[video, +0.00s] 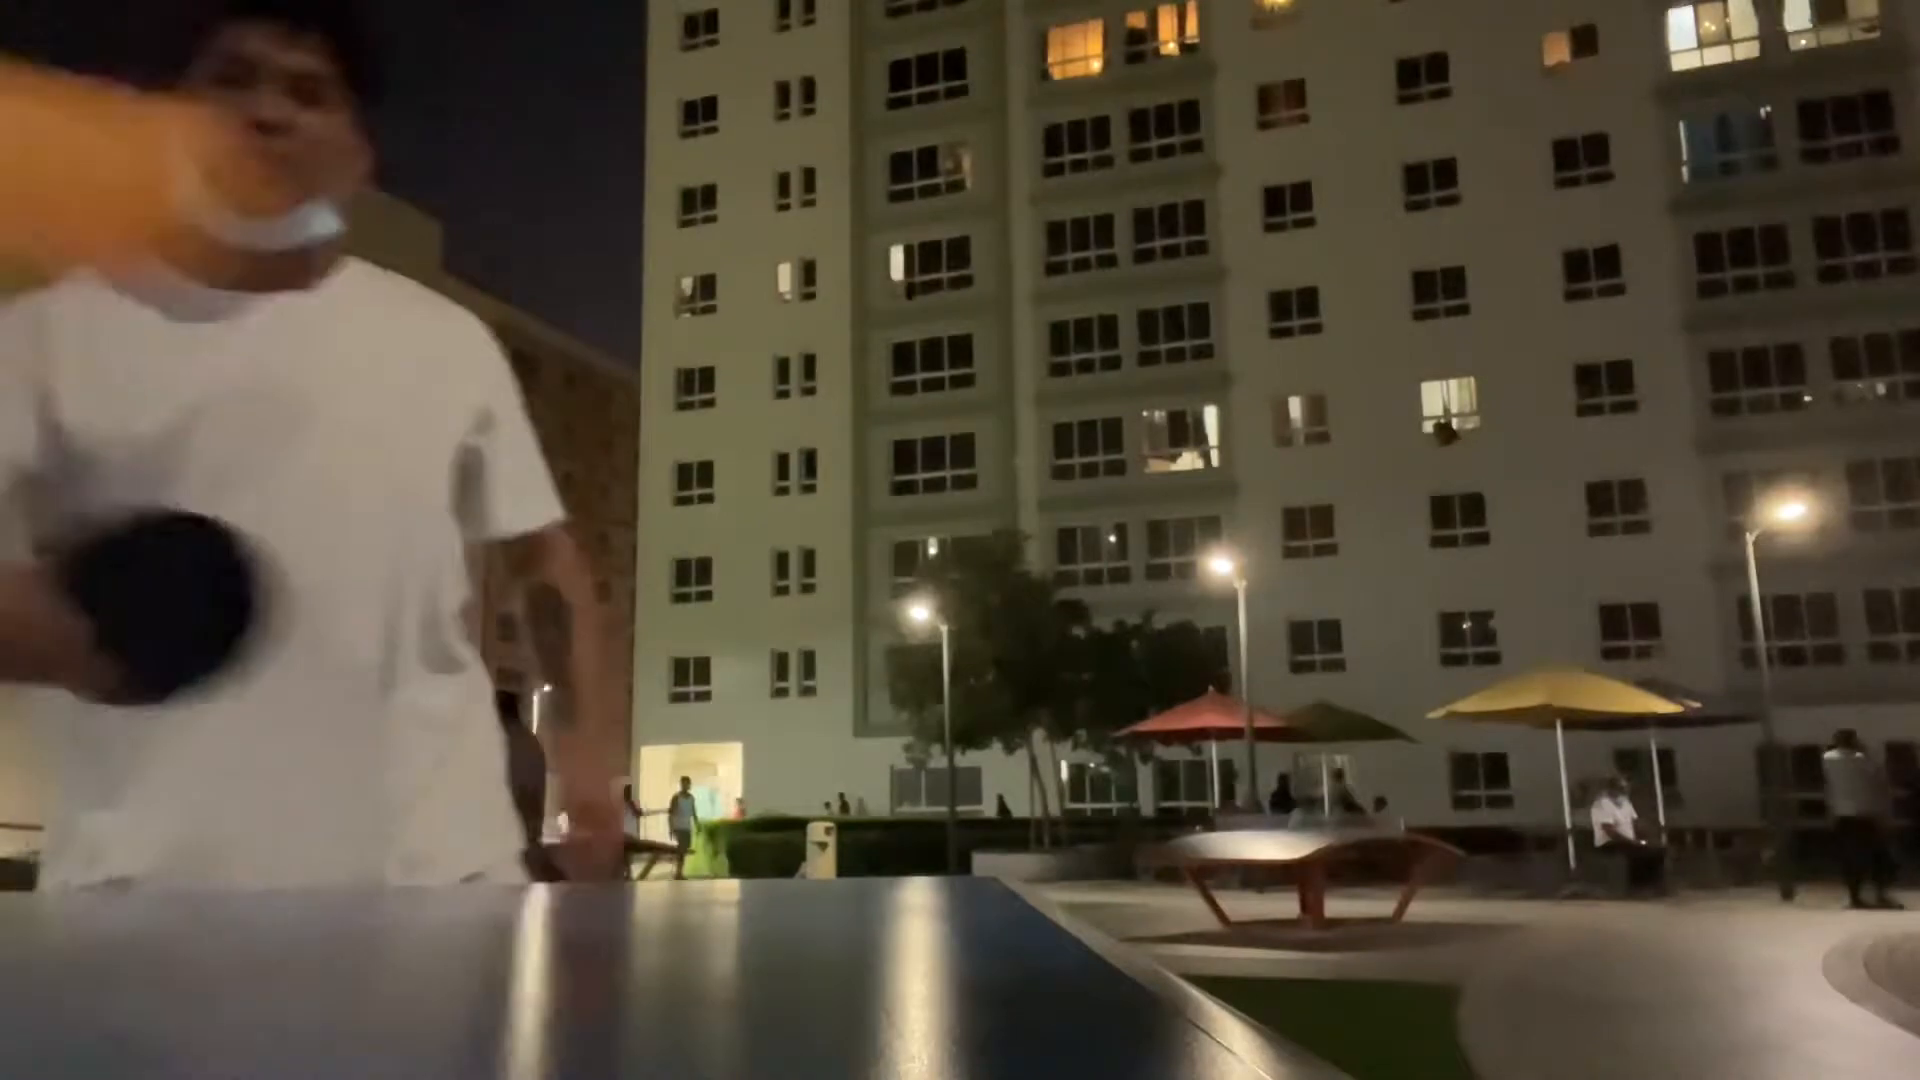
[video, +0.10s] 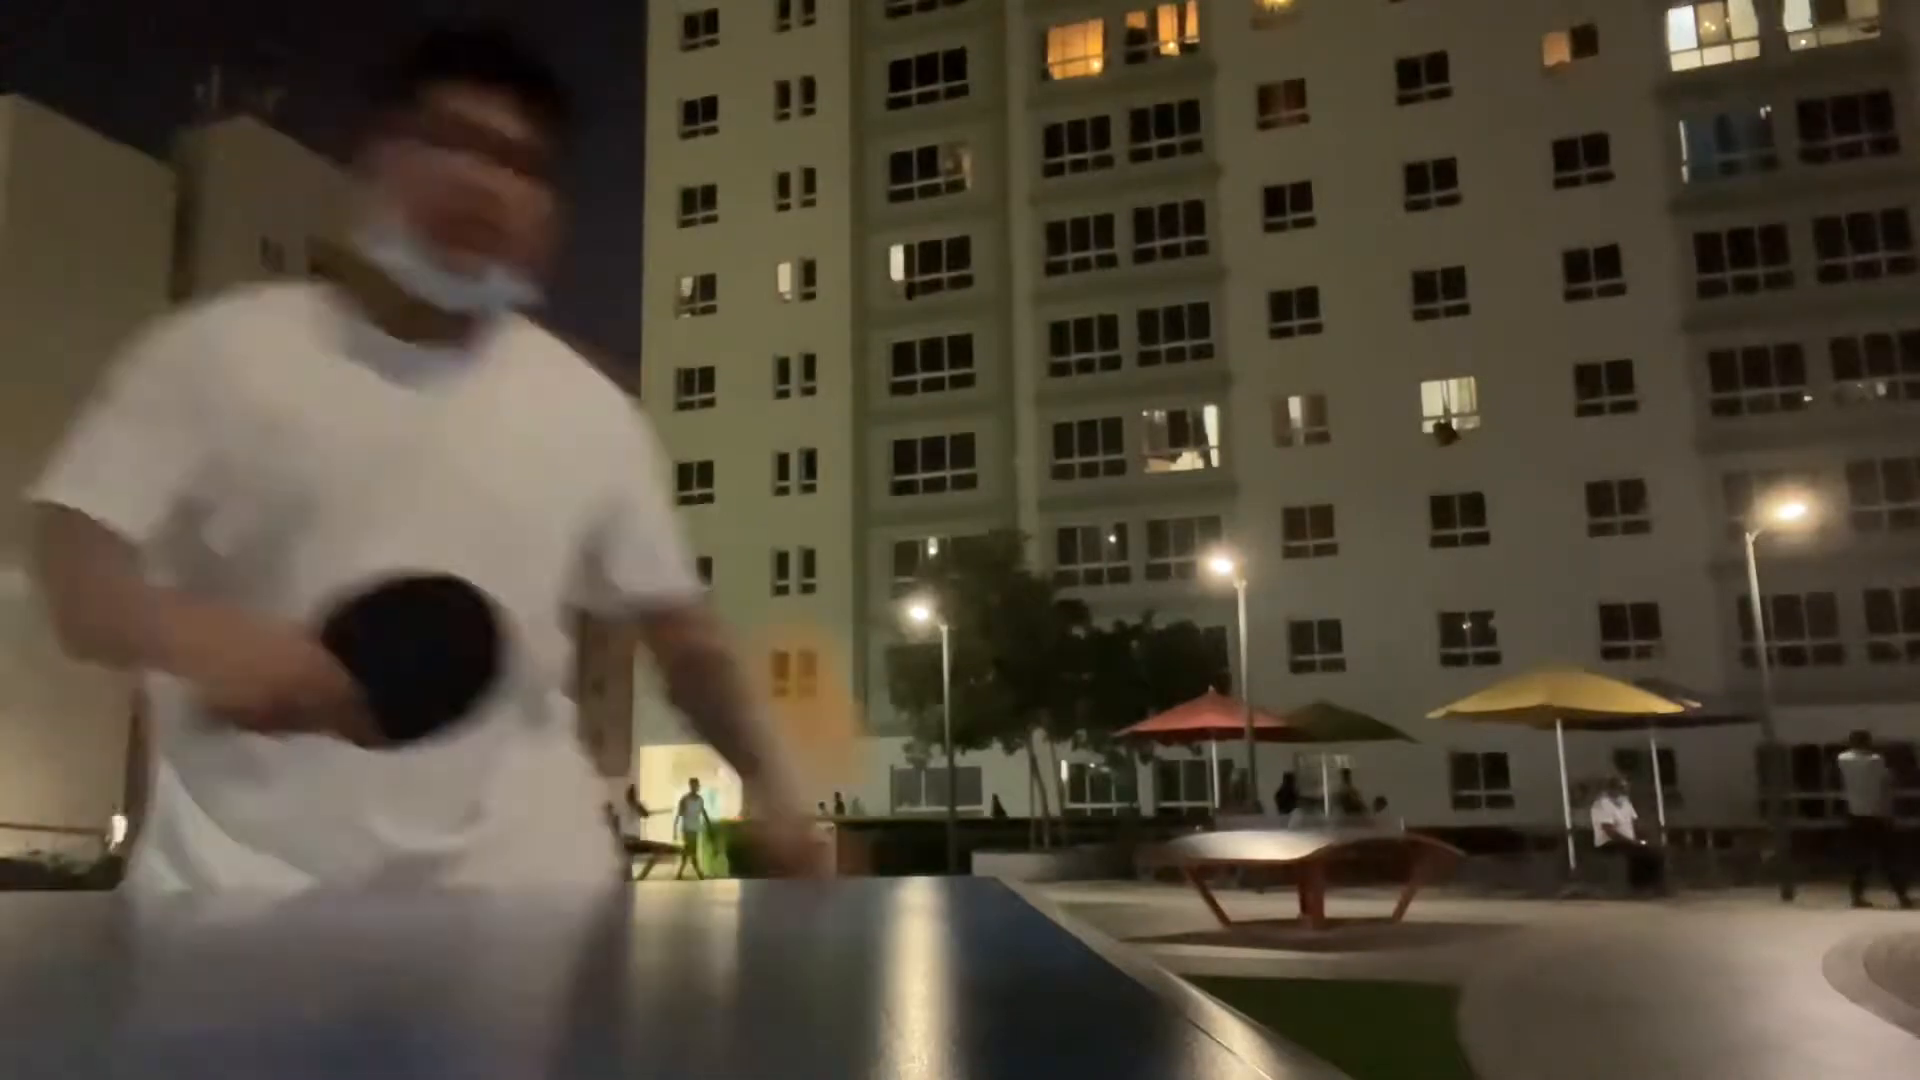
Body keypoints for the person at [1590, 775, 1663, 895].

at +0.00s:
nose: (1624, 791)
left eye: (1625, 788)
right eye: (1621, 788)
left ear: (1627, 788)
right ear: (1612, 789)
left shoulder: (1624, 801)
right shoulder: (1603, 803)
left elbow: (1634, 821)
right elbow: (1609, 829)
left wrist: (1644, 835)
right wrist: (1634, 842)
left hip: (1628, 841)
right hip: (1609, 844)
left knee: (1654, 851)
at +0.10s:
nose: (1624, 792)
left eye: (1625, 788)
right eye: (1621, 788)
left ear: (1626, 788)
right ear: (1613, 789)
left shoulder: (1624, 801)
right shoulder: (1602, 804)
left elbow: (1634, 820)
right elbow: (1608, 829)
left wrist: (1640, 837)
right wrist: (1633, 842)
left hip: (1628, 840)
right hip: (1609, 843)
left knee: (1651, 851)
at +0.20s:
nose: (1625, 791)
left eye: (1625, 787)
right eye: (1621, 788)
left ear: (1626, 788)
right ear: (1613, 789)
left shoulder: (1624, 801)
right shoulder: (1602, 803)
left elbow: (1634, 820)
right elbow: (1608, 829)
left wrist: (1640, 837)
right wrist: (1633, 842)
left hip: (1628, 840)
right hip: (1609, 843)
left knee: (1652, 850)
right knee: (1638, 853)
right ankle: (1638, 888)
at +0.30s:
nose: (1625, 791)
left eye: (1625, 787)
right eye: (1621, 788)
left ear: (1626, 788)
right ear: (1613, 789)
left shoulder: (1624, 800)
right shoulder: (1602, 803)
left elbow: (1634, 821)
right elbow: (1608, 828)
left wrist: (1641, 837)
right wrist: (1631, 842)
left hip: (1628, 840)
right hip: (1609, 843)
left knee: (1651, 850)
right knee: (1638, 854)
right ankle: (1637, 887)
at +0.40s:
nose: (1625, 790)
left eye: (1626, 787)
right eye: (1622, 788)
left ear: (1627, 787)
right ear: (1613, 788)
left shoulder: (1624, 800)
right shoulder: (1602, 803)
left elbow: (1634, 820)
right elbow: (1608, 828)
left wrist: (1639, 837)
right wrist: (1632, 842)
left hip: (1628, 840)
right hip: (1609, 844)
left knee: (1652, 850)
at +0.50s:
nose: (1625, 790)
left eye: (1626, 787)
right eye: (1622, 788)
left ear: (1627, 787)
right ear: (1613, 788)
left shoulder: (1624, 801)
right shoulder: (1602, 804)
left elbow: (1633, 820)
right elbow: (1608, 829)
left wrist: (1637, 837)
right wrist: (1632, 841)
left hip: (1627, 840)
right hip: (1609, 843)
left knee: (1651, 851)